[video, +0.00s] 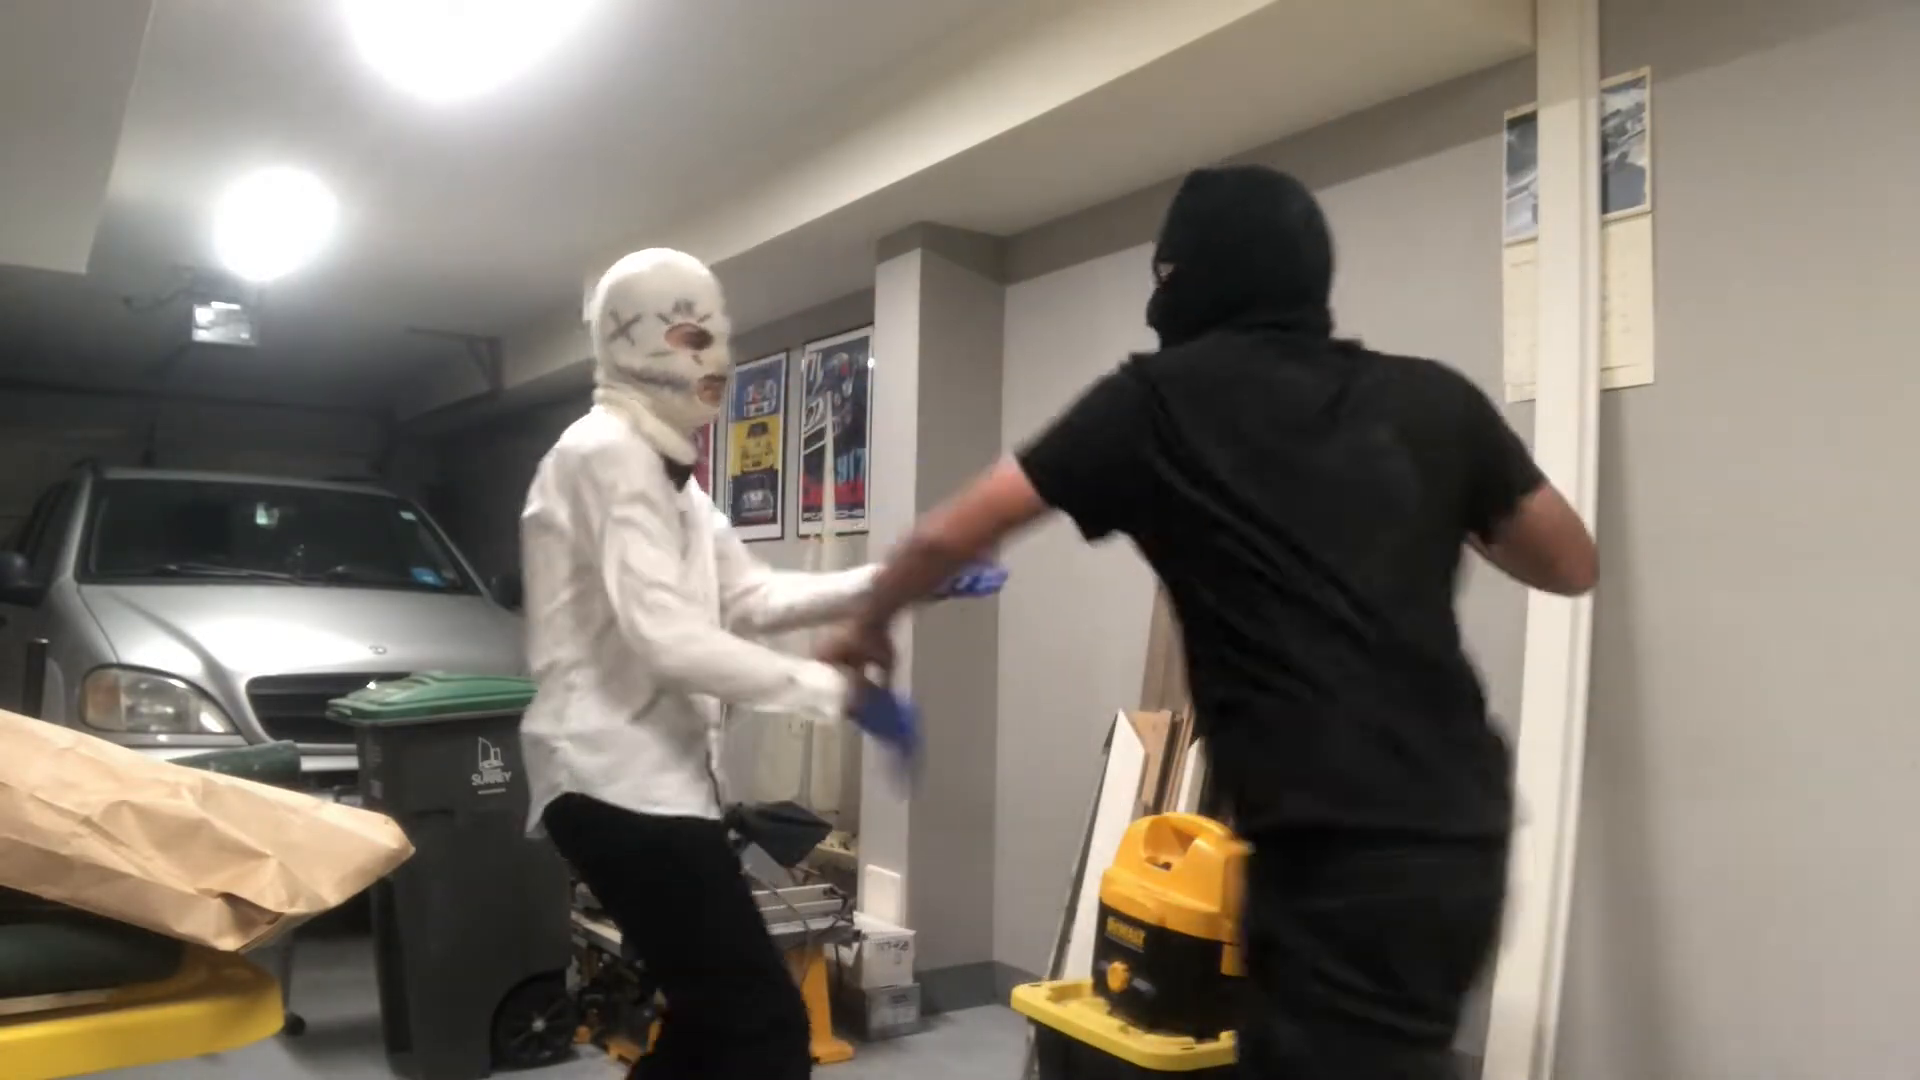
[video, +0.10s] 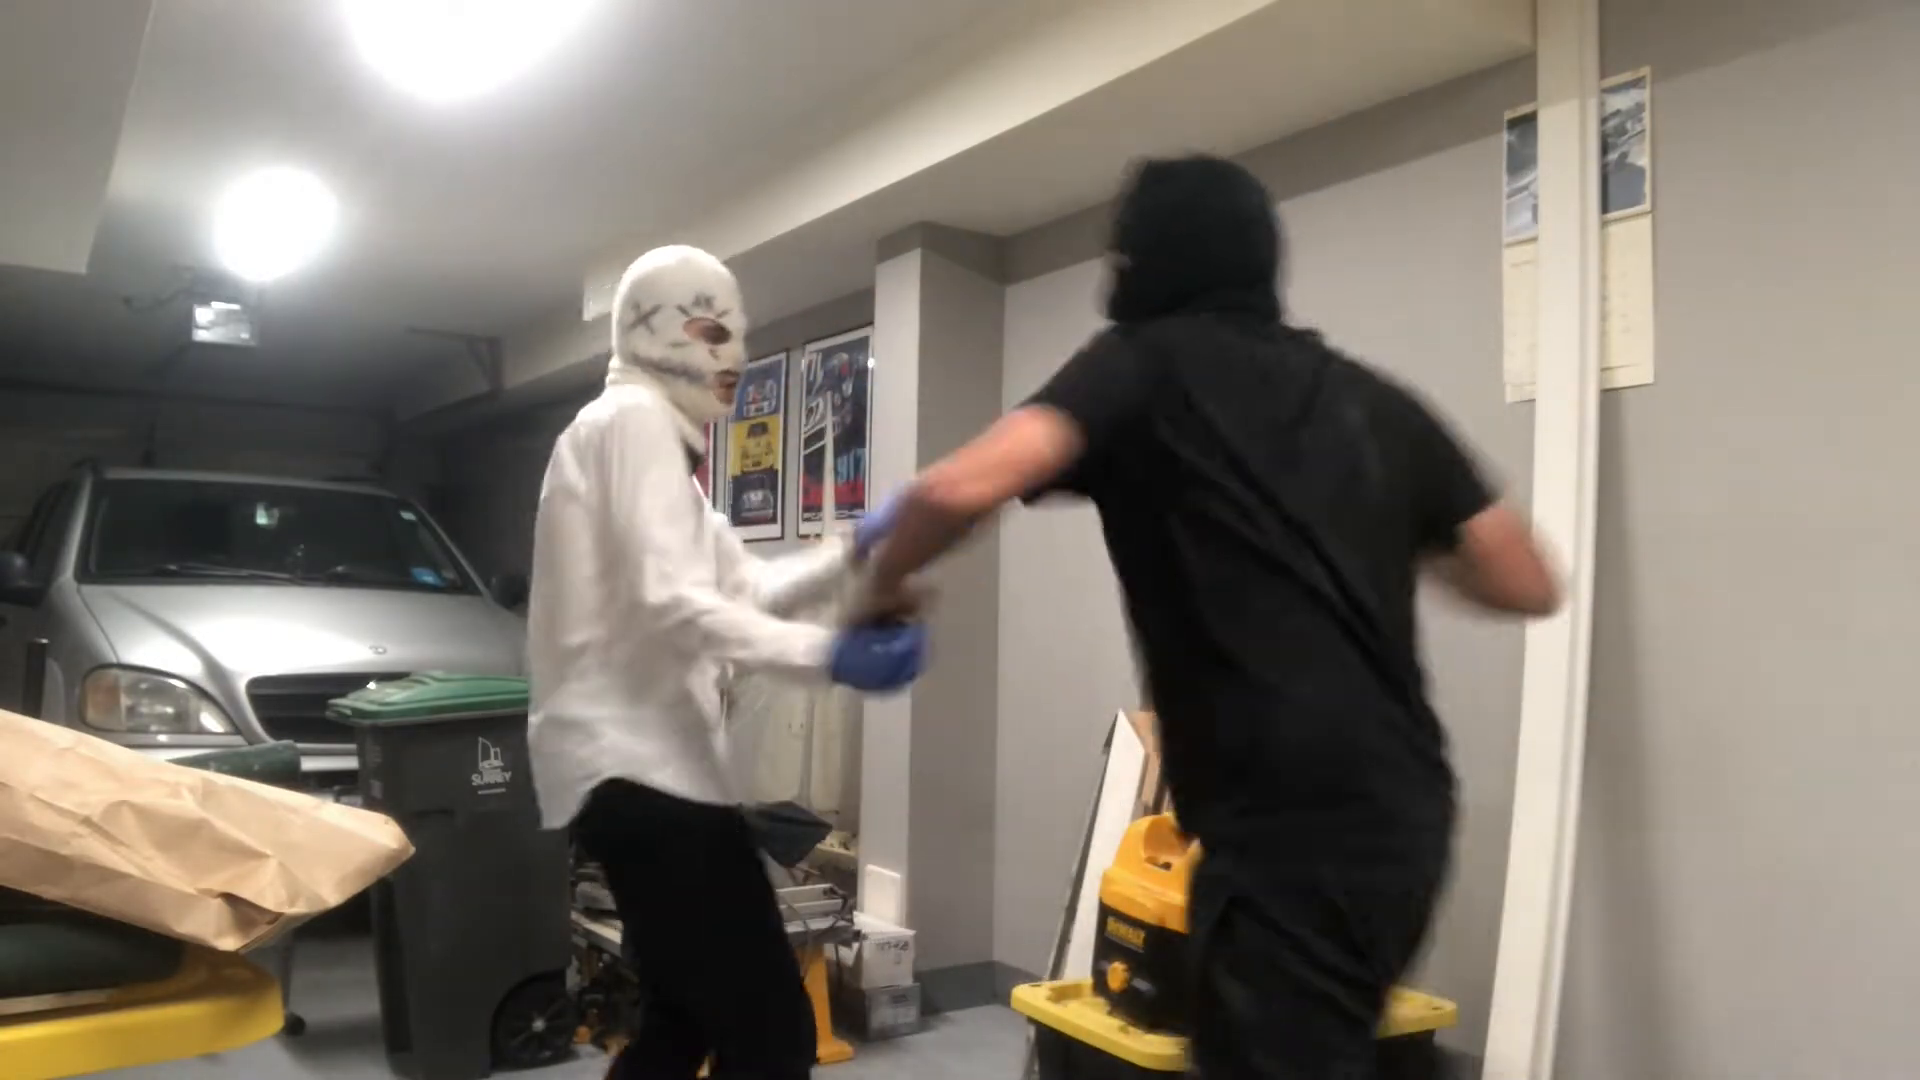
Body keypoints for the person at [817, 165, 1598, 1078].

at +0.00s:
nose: (1157, 288)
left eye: (1164, 268)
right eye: (1163, 267)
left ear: (1186, 276)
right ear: (1313, 275)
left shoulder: (1154, 399)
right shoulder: (1428, 399)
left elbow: (948, 537)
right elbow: (1573, 565)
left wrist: (871, 615)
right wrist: (1460, 492)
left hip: (1317, 839)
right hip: (1459, 830)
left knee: (1330, 1058)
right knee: (1393, 1051)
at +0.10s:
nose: (1115, 277)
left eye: (1124, 256)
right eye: (1122, 256)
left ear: (1146, 263)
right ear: (1262, 262)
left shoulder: (1141, 364)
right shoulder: (1369, 398)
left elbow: (952, 492)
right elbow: (1526, 582)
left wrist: (888, 577)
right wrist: (1395, 535)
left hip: (1274, 833)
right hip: (1400, 825)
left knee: (1268, 1055)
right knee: (1306, 1047)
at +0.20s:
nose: (1051, 262)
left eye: (1063, 235)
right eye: (1055, 236)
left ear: (1107, 241)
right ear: (1188, 235)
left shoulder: (1180, 335)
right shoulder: (1257, 355)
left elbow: (1242, 486)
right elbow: (1392, 585)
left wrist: (1059, 602)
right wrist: (1217, 584)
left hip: (1266, 829)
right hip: (1317, 823)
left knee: (1171, 1054)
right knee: (1182, 1052)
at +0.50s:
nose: (927, 302)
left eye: (937, 266)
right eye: (921, 271)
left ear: (1008, 248)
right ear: (1006, 255)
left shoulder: (1216, 349)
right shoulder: (1010, 396)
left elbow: (1274, 628)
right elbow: (901, 560)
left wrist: (1029, 677)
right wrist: (951, 539)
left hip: (1265, 803)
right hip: (1152, 810)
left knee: (1094, 1061)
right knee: (1157, 1059)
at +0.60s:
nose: (935, 274)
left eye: (947, 241)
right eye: (935, 246)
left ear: (1009, 242)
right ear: (1028, 245)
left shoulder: (1147, 334)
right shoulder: (1071, 379)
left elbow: (1245, 590)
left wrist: (1000, 660)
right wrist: (987, 580)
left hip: (1235, 805)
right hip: (1162, 802)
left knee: (1098, 1061)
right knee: (1144, 1060)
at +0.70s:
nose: (1028, 272)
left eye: (1035, 253)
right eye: (1038, 252)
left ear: (1055, 265)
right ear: (1162, 263)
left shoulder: (1070, 366)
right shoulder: (1248, 390)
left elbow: (1146, 545)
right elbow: (1262, 581)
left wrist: (899, 633)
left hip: (1130, 852)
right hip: (1263, 850)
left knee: (1009, 1054)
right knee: (1125, 1053)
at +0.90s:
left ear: (1117, 323)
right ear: (1244, 329)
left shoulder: (1063, 427)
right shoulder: (1318, 452)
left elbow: (937, 566)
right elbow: (1444, 670)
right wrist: (1373, 563)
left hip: (1055, 872)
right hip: (1234, 887)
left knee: (1015, 1049)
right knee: (1162, 1054)